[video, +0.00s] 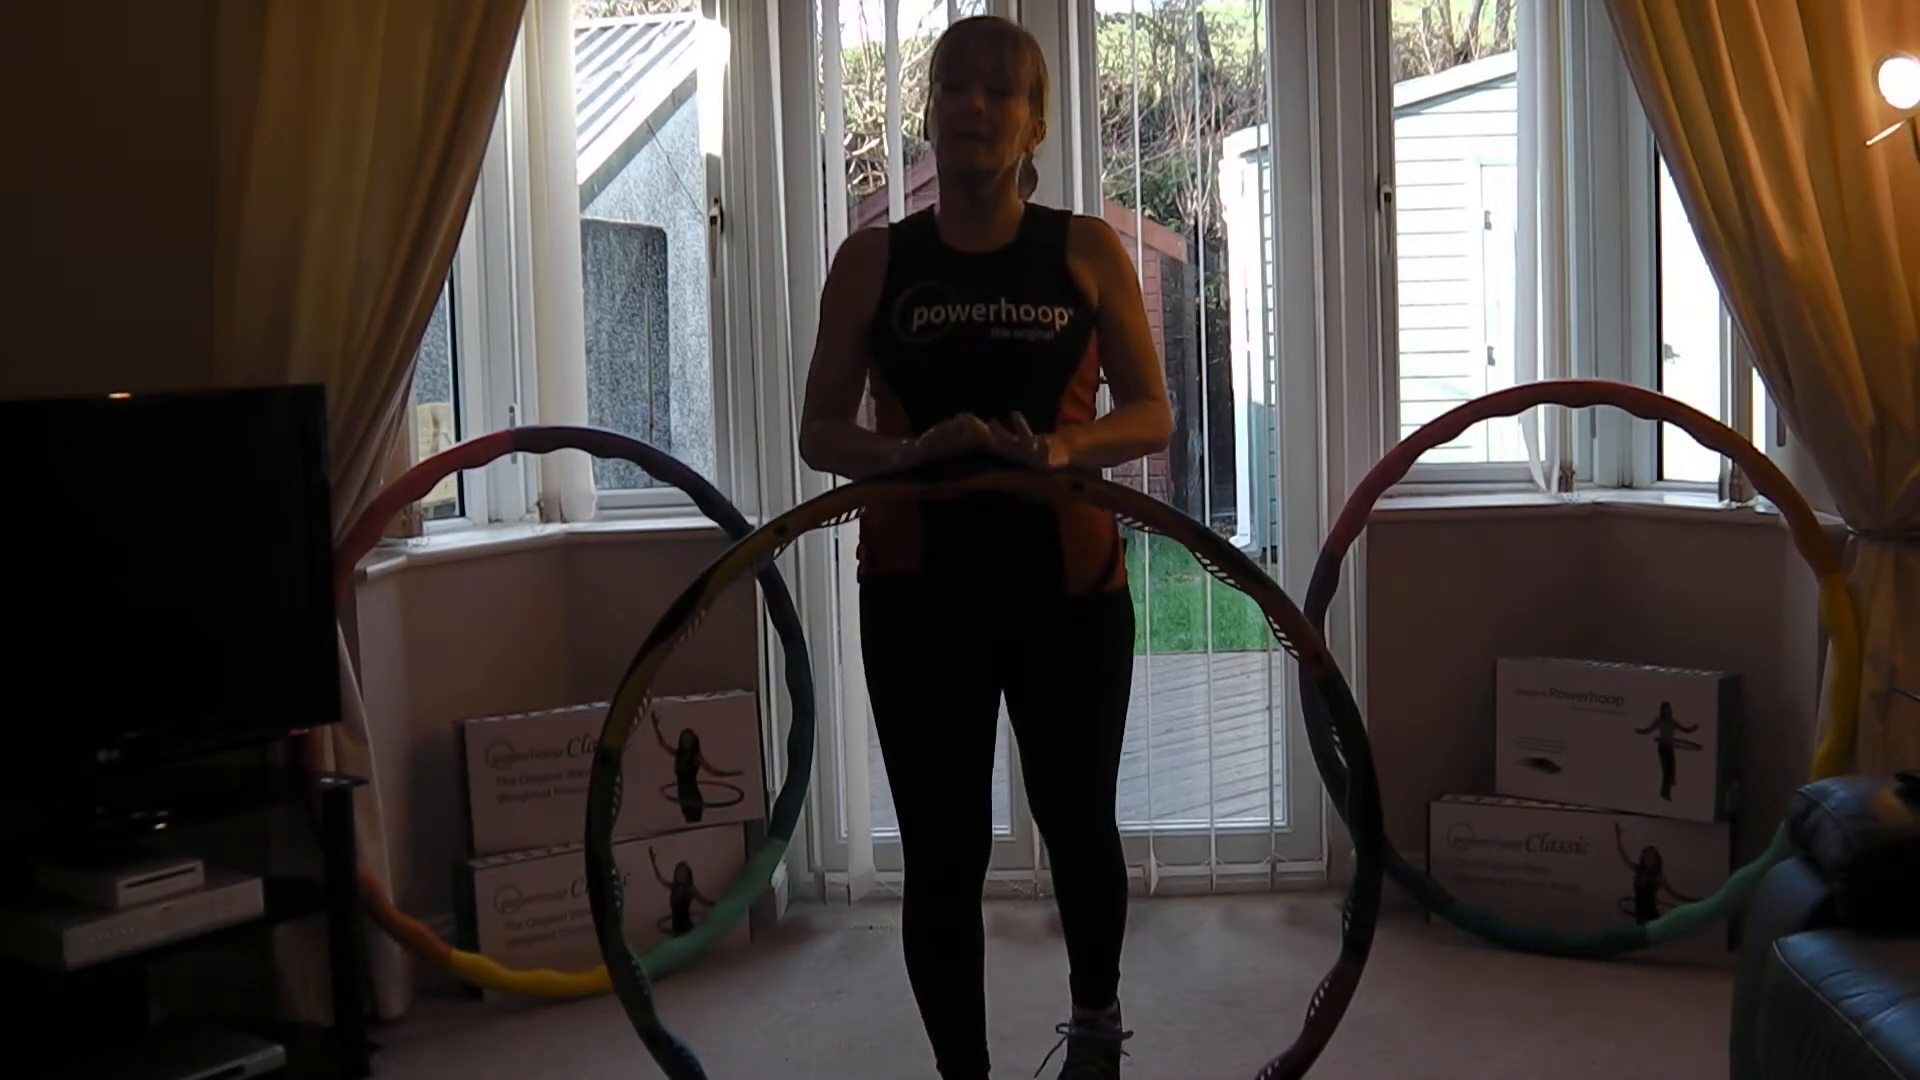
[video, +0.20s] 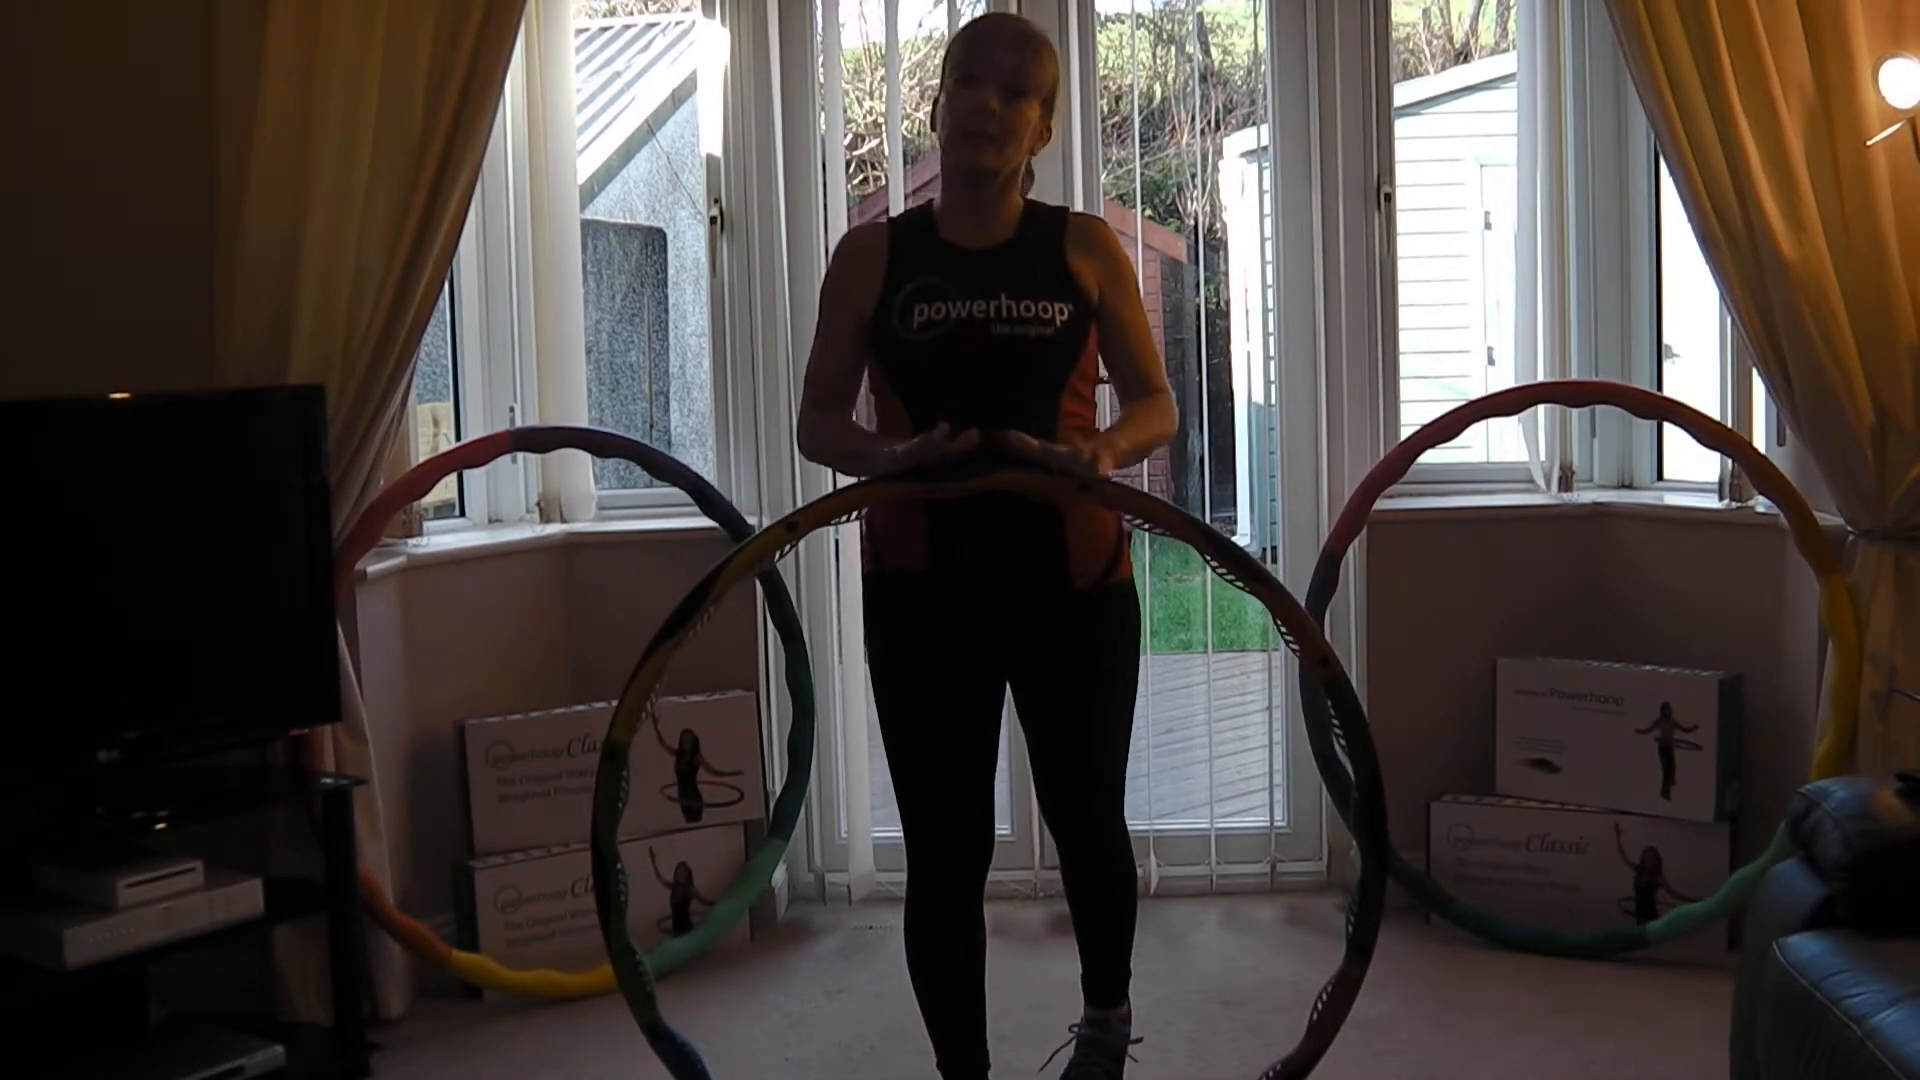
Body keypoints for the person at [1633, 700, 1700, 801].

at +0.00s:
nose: (1666, 712)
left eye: (1668, 710)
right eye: (1665, 710)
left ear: (1670, 711)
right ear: (1662, 711)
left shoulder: (1671, 721)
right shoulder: (1660, 721)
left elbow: (1683, 730)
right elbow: (1650, 730)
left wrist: (1692, 728)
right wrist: (1640, 731)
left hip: (1669, 747)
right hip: (1663, 747)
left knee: (1670, 769)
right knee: (1667, 770)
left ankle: (1667, 791)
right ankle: (1665, 792)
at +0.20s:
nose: (1667, 712)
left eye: (1668, 710)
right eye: (1665, 710)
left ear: (1670, 711)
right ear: (1662, 711)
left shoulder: (1671, 721)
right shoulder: (1660, 721)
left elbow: (1683, 730)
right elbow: (1650, 730)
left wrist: (1692, 728)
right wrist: (1640, 731)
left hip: (1669, 747)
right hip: (1663, 747)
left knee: (1670, 769)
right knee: (1667, 770)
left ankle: (1667, 791)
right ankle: (1665, 792)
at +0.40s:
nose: (1667, 713)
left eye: (1668, 710)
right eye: (1665, 710)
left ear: (1670, 711)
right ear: (1662, 711)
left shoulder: (1671, 721)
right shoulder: (1659, 721)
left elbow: (1683, 730)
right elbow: (1649, 730)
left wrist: (1692, 728)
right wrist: (1640, 731)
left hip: (1669, 747)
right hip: (1663, 748)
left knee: (1670, 770)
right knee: (1667, 771)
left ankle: (1666, 792)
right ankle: (1665, 792)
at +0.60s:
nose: (1667, 713)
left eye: (1668, 710)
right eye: (1665, 710)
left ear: (1670, 711)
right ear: (1662, 711)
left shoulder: (1671, 721)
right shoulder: (1659, 721)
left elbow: (1683, 730)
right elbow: (1649, 730)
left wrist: (1692, 729)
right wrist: (1640, 731)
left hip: (1669, 747)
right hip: (1663, 748)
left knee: (1670, 770)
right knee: (1667, 770)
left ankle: (1667, 792)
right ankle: (1665, 792)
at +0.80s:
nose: (1666, 713)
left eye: (1668, 710)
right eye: (1665, 710)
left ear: (1670, 711)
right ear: (1662, 711)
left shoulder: (1671, 721)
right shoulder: (1659, 721)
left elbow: (1683, 730)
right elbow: (1649, 730)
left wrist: (1692, 728)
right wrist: (1640, 731)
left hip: (1668, 747)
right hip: (1663, 748)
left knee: (1670, 770)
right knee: (1667, 771)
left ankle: (1666, 792)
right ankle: (1665, 792)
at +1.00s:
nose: (1666, 712)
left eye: (1668, 710)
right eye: (1665, 710)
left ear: (1670, 711)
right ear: (1662, 711)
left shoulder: (1671, 721)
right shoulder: (1660, 721)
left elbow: (1683, 730)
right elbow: (1650, 730)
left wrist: (1692, 728)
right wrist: (1640, 731)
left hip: (1669, 747)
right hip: (1663, 748)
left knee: (1670, 770)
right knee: (1667, 771)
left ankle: (1667, 792)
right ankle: (1665, 792)